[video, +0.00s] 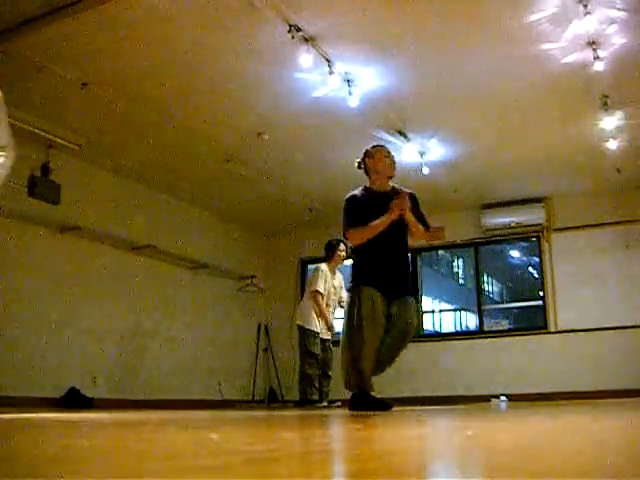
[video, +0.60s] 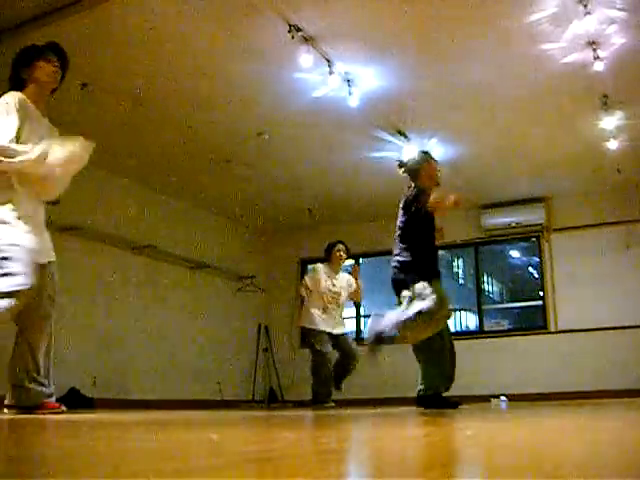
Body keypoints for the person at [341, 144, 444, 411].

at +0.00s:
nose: (388, 161)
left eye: (389, 157)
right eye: (381, 157)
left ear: (393, 165)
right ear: (367, 165)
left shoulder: (405, 197)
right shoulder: (356, 200)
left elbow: (424, 235)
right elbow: (352, 238)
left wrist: (408, 216)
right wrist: (389, 216)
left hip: (399, 275)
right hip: (368, 275)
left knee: (404, 327)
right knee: (367, 330)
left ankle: (363, 375)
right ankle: (361, 392)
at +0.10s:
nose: (397, 158)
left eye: (395, 153)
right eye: (390, 153)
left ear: (391, 162)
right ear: (374, 161)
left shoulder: (407, 194)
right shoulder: (359, 195)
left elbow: (433, 234)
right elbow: (354, 224)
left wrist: (426, 216)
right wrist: (390, 200)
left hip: (403, 273)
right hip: (373, 273)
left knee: (414, 329)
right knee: (370, 332)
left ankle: (364, 353)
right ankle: (362, 392)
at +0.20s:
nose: (403, 159)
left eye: (402, 153)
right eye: (397, 154)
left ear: (399, 158)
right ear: (382, 160)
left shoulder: (410, 192)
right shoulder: (371, 187)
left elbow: (429, 223)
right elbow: (379, 213)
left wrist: (438, 202)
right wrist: (402, 184)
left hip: (405, 267)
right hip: (376, 267)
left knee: (428, 318)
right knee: (373, 328)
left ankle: (391, 340)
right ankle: (362, 389)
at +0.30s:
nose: (413, 155)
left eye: (411, 150)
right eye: (408, 150)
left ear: (399, 155)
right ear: (394, 155)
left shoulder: (404, 188)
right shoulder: (385, 184)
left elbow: (425, 224)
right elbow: (413, 215)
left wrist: (439, 194)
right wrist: (424, 181)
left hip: (406, 269)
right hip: (382, 269)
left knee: (432, 320)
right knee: (377, 330)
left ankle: (412, 365)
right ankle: (363, 389)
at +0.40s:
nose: (421, 163)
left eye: (419, 158)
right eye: (415, 158)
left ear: (405, 164)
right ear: (402, 164)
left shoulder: (405, 193)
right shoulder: (401, 192)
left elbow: (428, 233)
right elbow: (428, 228)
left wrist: (433, 216)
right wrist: (437, 205)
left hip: (409, 281)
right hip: (388, 280)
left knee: (428, 333)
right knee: (377, 336)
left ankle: (429, 389)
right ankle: (363, 392)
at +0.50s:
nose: (431, 170)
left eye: (429, 164)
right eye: (427, 164)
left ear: (415, 168)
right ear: (416, 168)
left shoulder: (410, 201)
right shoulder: (410, 200)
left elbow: (422, 235)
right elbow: (426, 235)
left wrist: (439, 226)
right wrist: (445, 225)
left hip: (413, 286)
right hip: (403, 284)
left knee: (437, 347)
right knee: (406, 323)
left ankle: (429, 394)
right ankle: (366, 381)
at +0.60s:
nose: (438, 170)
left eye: (436, 166)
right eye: (433, 166)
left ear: (422, 172)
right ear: (422, 171)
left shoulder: (419, 198)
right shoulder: (416, 197)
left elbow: (416, 234)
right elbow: (436, 203)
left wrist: (435, 235)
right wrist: (452, 201)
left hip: (420, 272)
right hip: (412, 270)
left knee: (435, 335)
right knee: (434, 309)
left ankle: (431, 391)